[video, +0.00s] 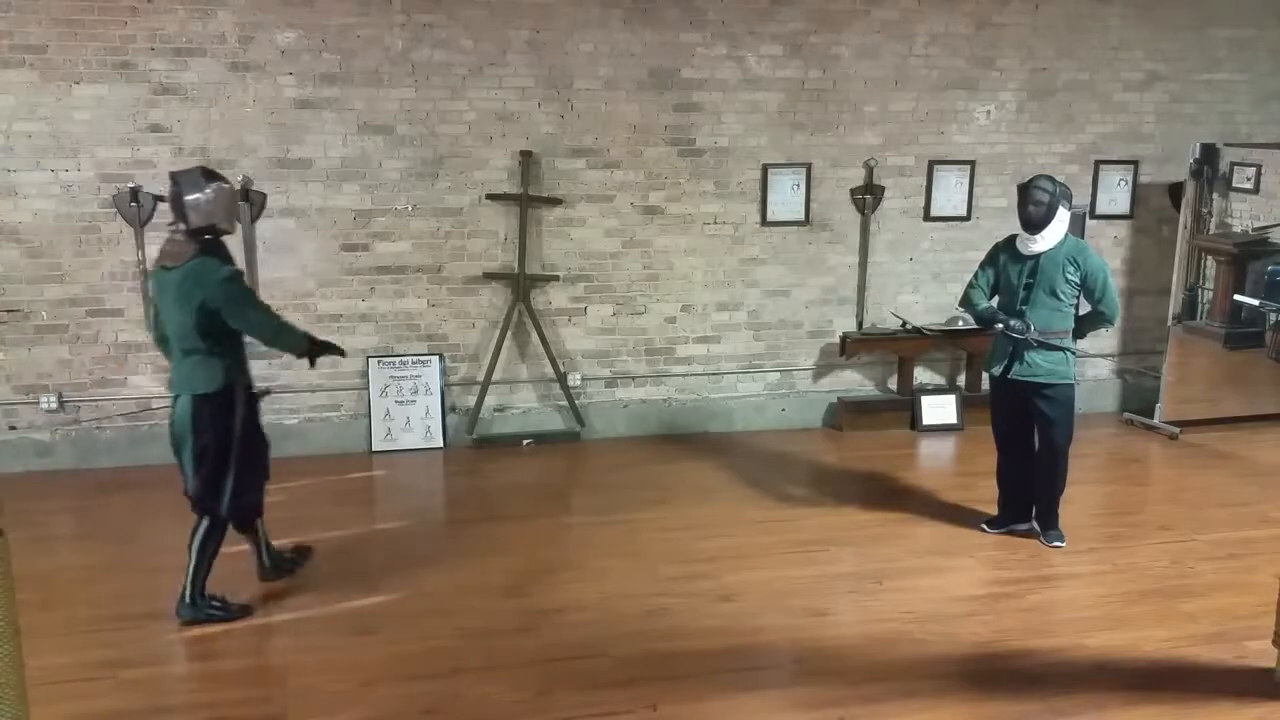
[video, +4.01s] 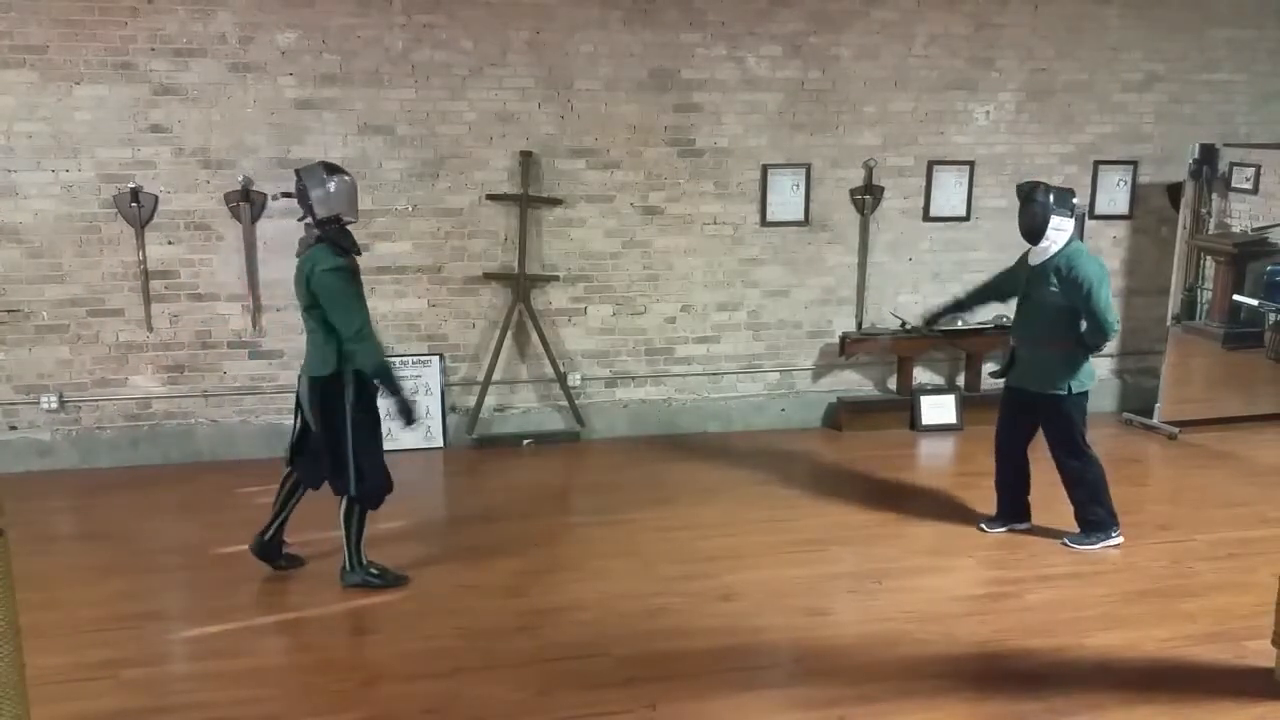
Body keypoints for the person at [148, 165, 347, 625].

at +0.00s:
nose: (234, 213)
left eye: (230, 205)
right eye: (228, 206)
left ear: (185, 217)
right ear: (215, 214)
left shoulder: (164, 271)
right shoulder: (215, 273)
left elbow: (162, 336)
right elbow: (263, 323)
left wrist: (199, 362)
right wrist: (309, 345)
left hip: (191, 391)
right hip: (221, 393)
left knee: (241, 474)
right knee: (221, 495)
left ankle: (267, 557)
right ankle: (193, 599)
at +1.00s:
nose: (292, 203)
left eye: (288, 195)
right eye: (286, 196)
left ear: (247, 204)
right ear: (275, 202)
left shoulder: (234, 250)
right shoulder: (278, 255)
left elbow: (203, 291)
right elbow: (319, 293)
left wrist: (235, 324)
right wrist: (373, 314)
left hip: (242, 376)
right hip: (278, 376)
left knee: (262, 469)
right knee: (320, 466)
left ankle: (267, 557)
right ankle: (294, 554)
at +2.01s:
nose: (296, 201)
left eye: (293, 194)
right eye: (290, 195)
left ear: (252, 207)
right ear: (281, 202)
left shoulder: (248, 251)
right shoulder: (282, 253)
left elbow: (219, 288)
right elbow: (328, 309)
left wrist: (249, 320)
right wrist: (367, 280)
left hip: (253, 377)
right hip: (287, 376)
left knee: (267, 469)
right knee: (330, 467)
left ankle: (270, 556)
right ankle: (300, 552)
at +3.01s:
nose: (321, 200)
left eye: (317, 192)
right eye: (314, 193)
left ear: (281, 204)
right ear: (301, 200)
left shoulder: (292, 251)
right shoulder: (297, 259)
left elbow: (306, 328)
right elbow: (314, 333)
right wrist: (338, 393)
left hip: (300, 378)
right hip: (314, 380)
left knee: (297, 467)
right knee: (344, 472)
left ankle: (270, 546)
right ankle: (354, 565)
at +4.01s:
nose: (351, 206)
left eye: (347, 198)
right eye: (346, 199)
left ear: (310, 205)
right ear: (336, 203)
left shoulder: (314, 254)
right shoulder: (329, 262)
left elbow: (339, 328)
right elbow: (357, 333)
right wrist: (394, 388)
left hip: (318, 376)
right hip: (342, 378)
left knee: (308, 461)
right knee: (363, 473)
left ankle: (269, 539)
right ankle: (356, 565)